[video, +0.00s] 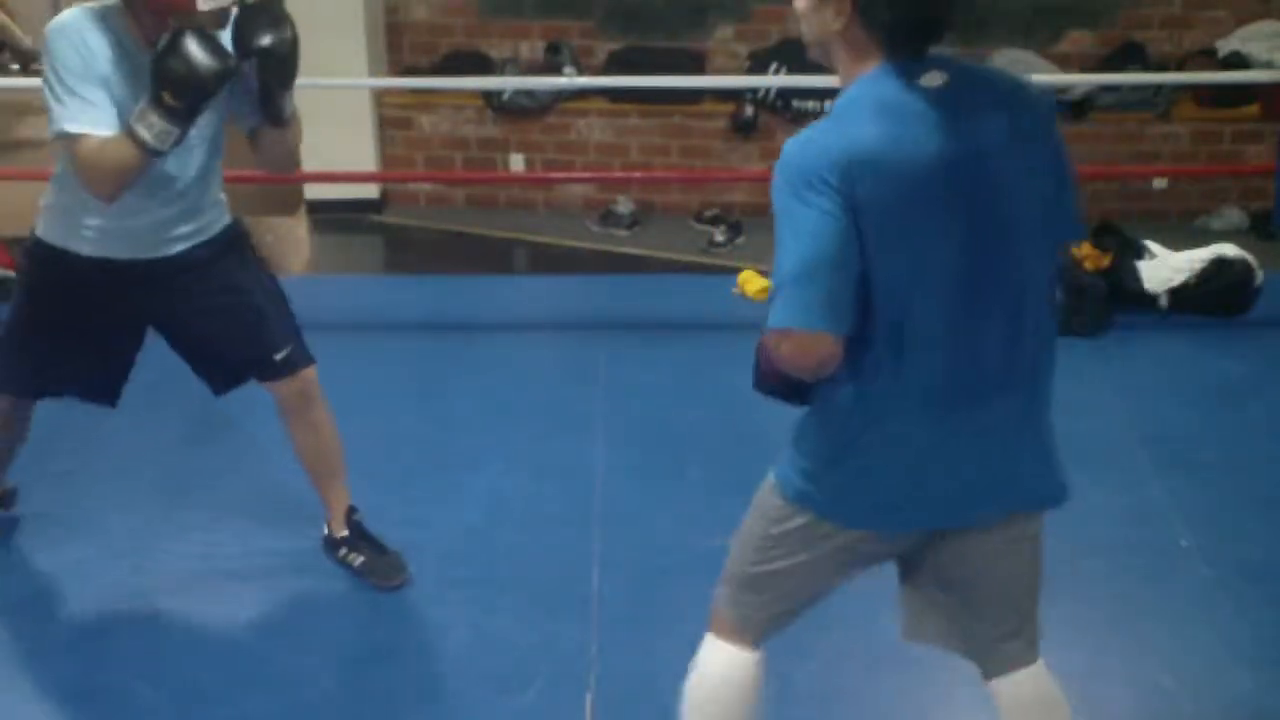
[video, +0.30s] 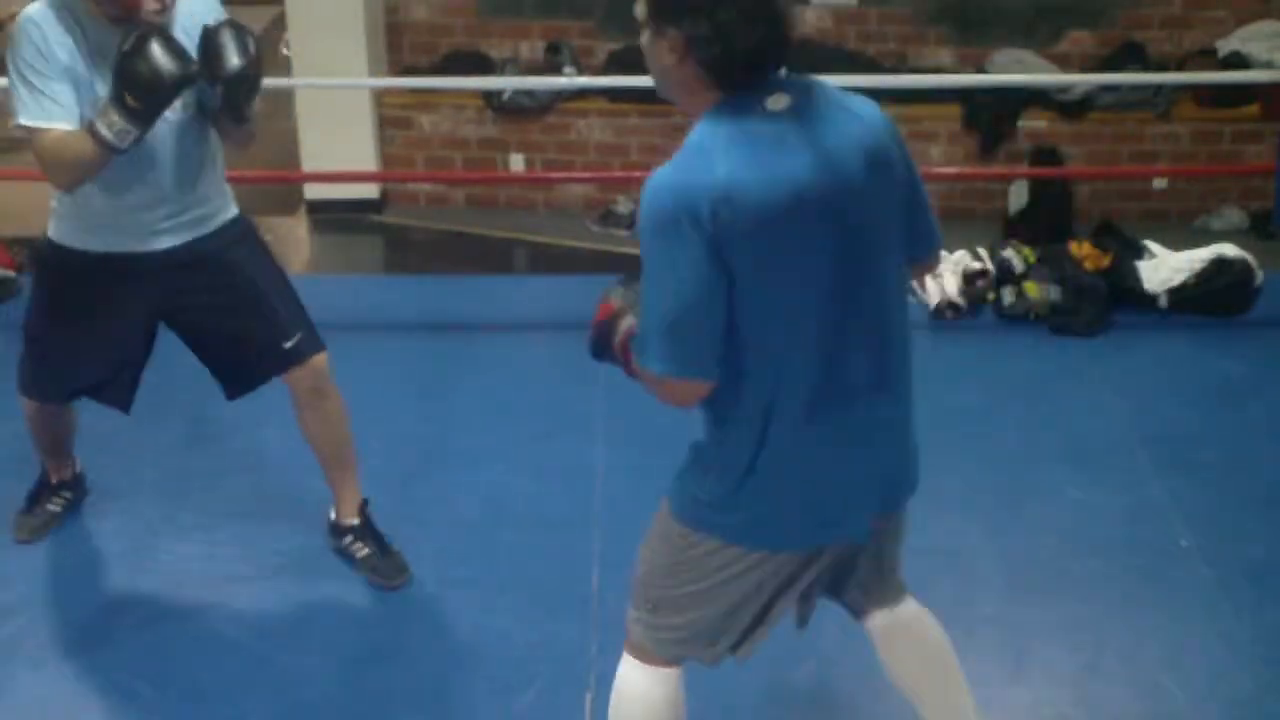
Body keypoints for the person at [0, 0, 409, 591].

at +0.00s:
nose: (199, 9)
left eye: (205, 6)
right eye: (184, 5)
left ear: (211, 5)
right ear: (144, 1)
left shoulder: (227, 30)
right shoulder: (76, 35)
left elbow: (278, 160)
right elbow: (100, 177)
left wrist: (275, 87)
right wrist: (168, 107)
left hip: (198, 243)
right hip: (79, 250)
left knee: (297, 379)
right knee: (12, 394)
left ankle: (342, 527)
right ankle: (0, 496)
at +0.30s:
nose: (149, 8)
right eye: (129, 3)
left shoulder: (195, 11)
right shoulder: (42, 28)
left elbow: (238, 138)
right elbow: (61, 169)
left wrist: (236, 99)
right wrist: (128, 110)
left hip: (205, 229)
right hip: (89, 244)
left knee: (309, 364)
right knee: (43, 391)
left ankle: (351, 520)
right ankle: (60, 481)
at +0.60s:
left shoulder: (254, 14)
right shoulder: (103, 21)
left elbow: (324, 135)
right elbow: (110, 157)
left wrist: (304, 70)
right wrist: (172, 88)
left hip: (253, 235)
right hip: (134, 242)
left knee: (346, 377)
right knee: (75, 382)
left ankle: (424, 516)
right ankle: (59, 476)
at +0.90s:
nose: (273, 2)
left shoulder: (350, 11)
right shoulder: (197, 11)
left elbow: (389, 147)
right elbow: (205, 141)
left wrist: (380, 82)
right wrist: (274, 79)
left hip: (312, 220)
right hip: (199, 218)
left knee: (385, 368)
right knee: (141, 351)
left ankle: (430, 519)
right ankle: (161, 433)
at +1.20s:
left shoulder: (333, 4)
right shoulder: (182, 7)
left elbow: (381, 108)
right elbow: (184, 127)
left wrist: (368, 63)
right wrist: (242, 65)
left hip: (331, 208)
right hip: (222, 213)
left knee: (414, 353)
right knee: (181, 355)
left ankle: (487, 495)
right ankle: (193, 437)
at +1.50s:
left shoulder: (435, 4)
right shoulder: (280, 5)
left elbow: (486, 110)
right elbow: (262, 111)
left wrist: (449, 41)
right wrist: (299, 57)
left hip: (413, 199)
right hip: (309, 195)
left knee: (463, 357)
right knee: (254, 318)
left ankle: (516, 505)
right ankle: (246, 421)